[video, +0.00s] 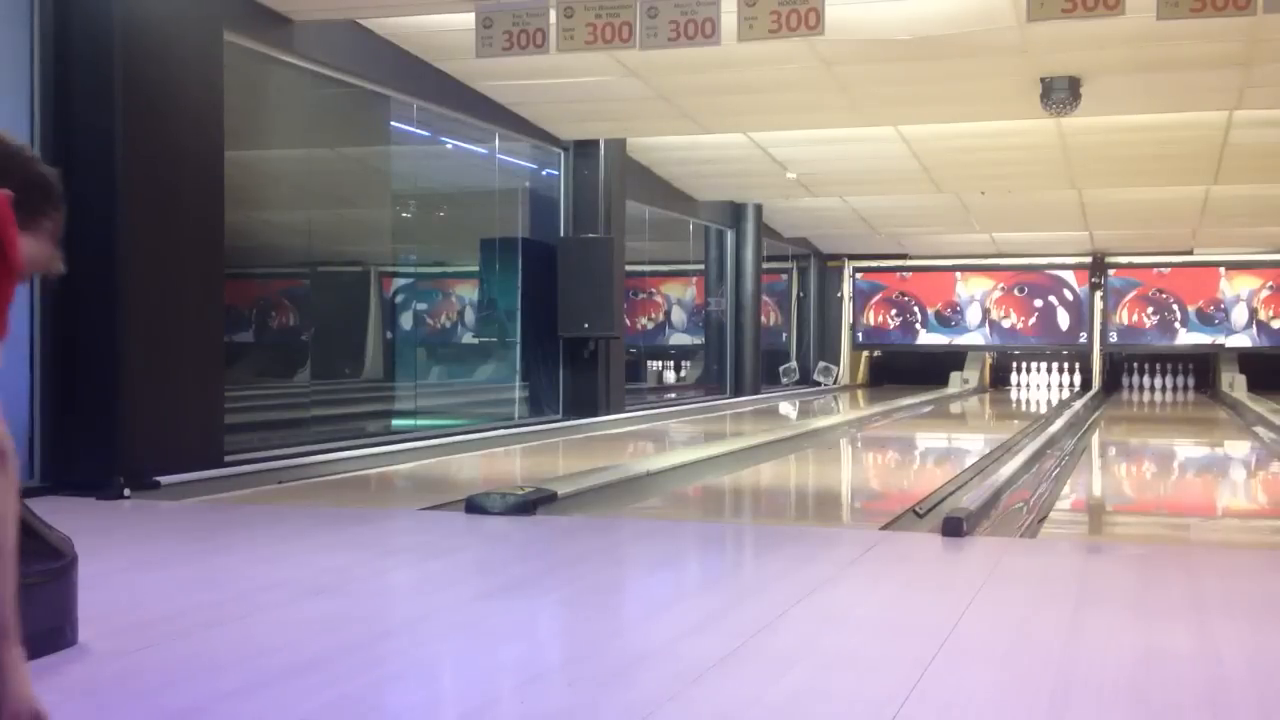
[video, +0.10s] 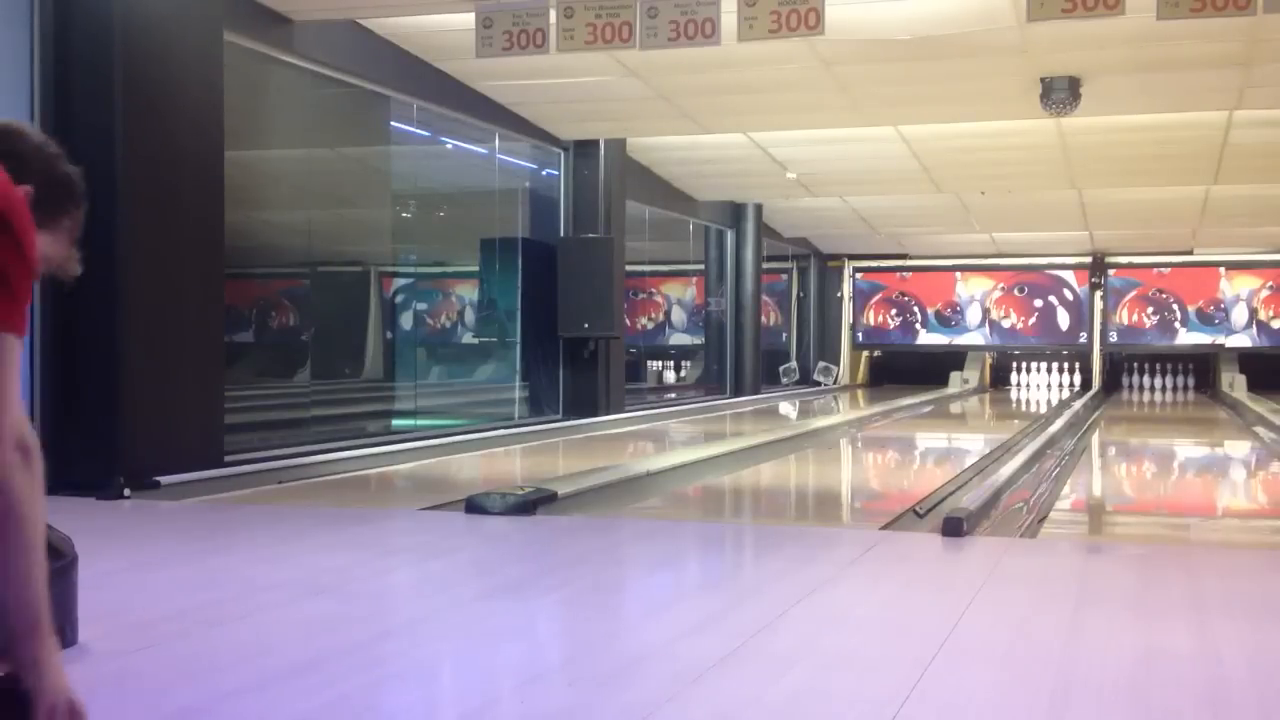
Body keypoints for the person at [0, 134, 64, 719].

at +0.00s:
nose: (54, 264)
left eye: (57, 243)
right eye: (49, 240)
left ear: (9, 220)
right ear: (11, 220)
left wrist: (11, 665)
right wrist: (13, 671)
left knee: (11, 468)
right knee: (8, 468)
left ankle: (13, 668)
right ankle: (11, 671)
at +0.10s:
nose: (60, 267)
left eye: (69, 245)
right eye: (62, 240)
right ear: (32, 212)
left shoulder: (15, 214)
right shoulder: (9, 210)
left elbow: (16, 447)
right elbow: (12, 447)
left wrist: (35, 656)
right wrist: (39, 656)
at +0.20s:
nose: (51, 252)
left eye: (62, 243)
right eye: (62, 228)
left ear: (21, 166)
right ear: (33, 173)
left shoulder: (20, 189)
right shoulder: (13, 182)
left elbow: (22, 416)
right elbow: (17, 417)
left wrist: (47, 617)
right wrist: (50, 617)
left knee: (53, 553)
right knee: (53, 551)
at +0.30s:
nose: (57, 196)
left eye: (69, 186)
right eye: (68, 176)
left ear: (27, 111)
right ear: (44, 118)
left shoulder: (21, 134)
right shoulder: (16, 129)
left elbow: (22, 364)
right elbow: (18, 364)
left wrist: (46, 563)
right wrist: (48, 573)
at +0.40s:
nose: (49, 119)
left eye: (67, 108)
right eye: (66, 100)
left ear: (32, 26)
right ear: (43, 34)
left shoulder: (18, 71)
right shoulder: (11, 61)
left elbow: (18, 294)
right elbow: (14, 293)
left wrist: (31, 503)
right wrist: (33, 503)